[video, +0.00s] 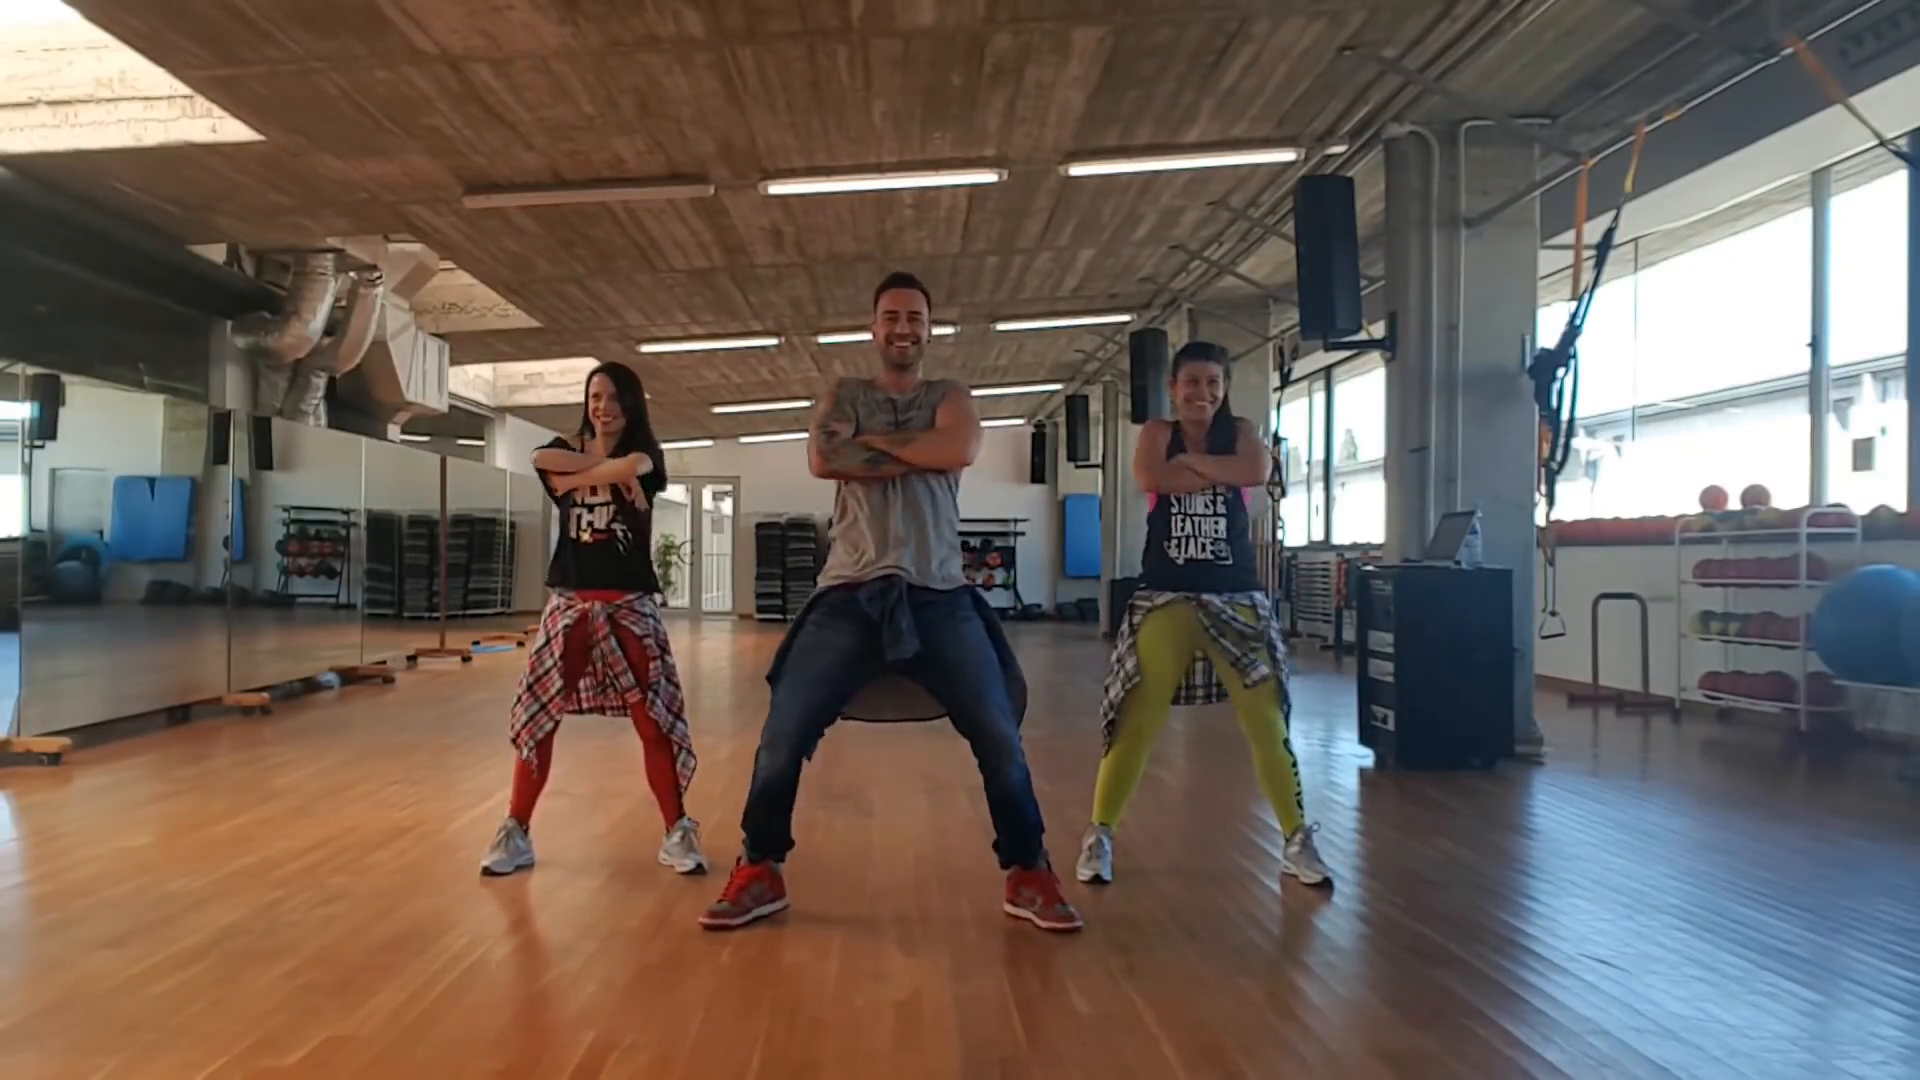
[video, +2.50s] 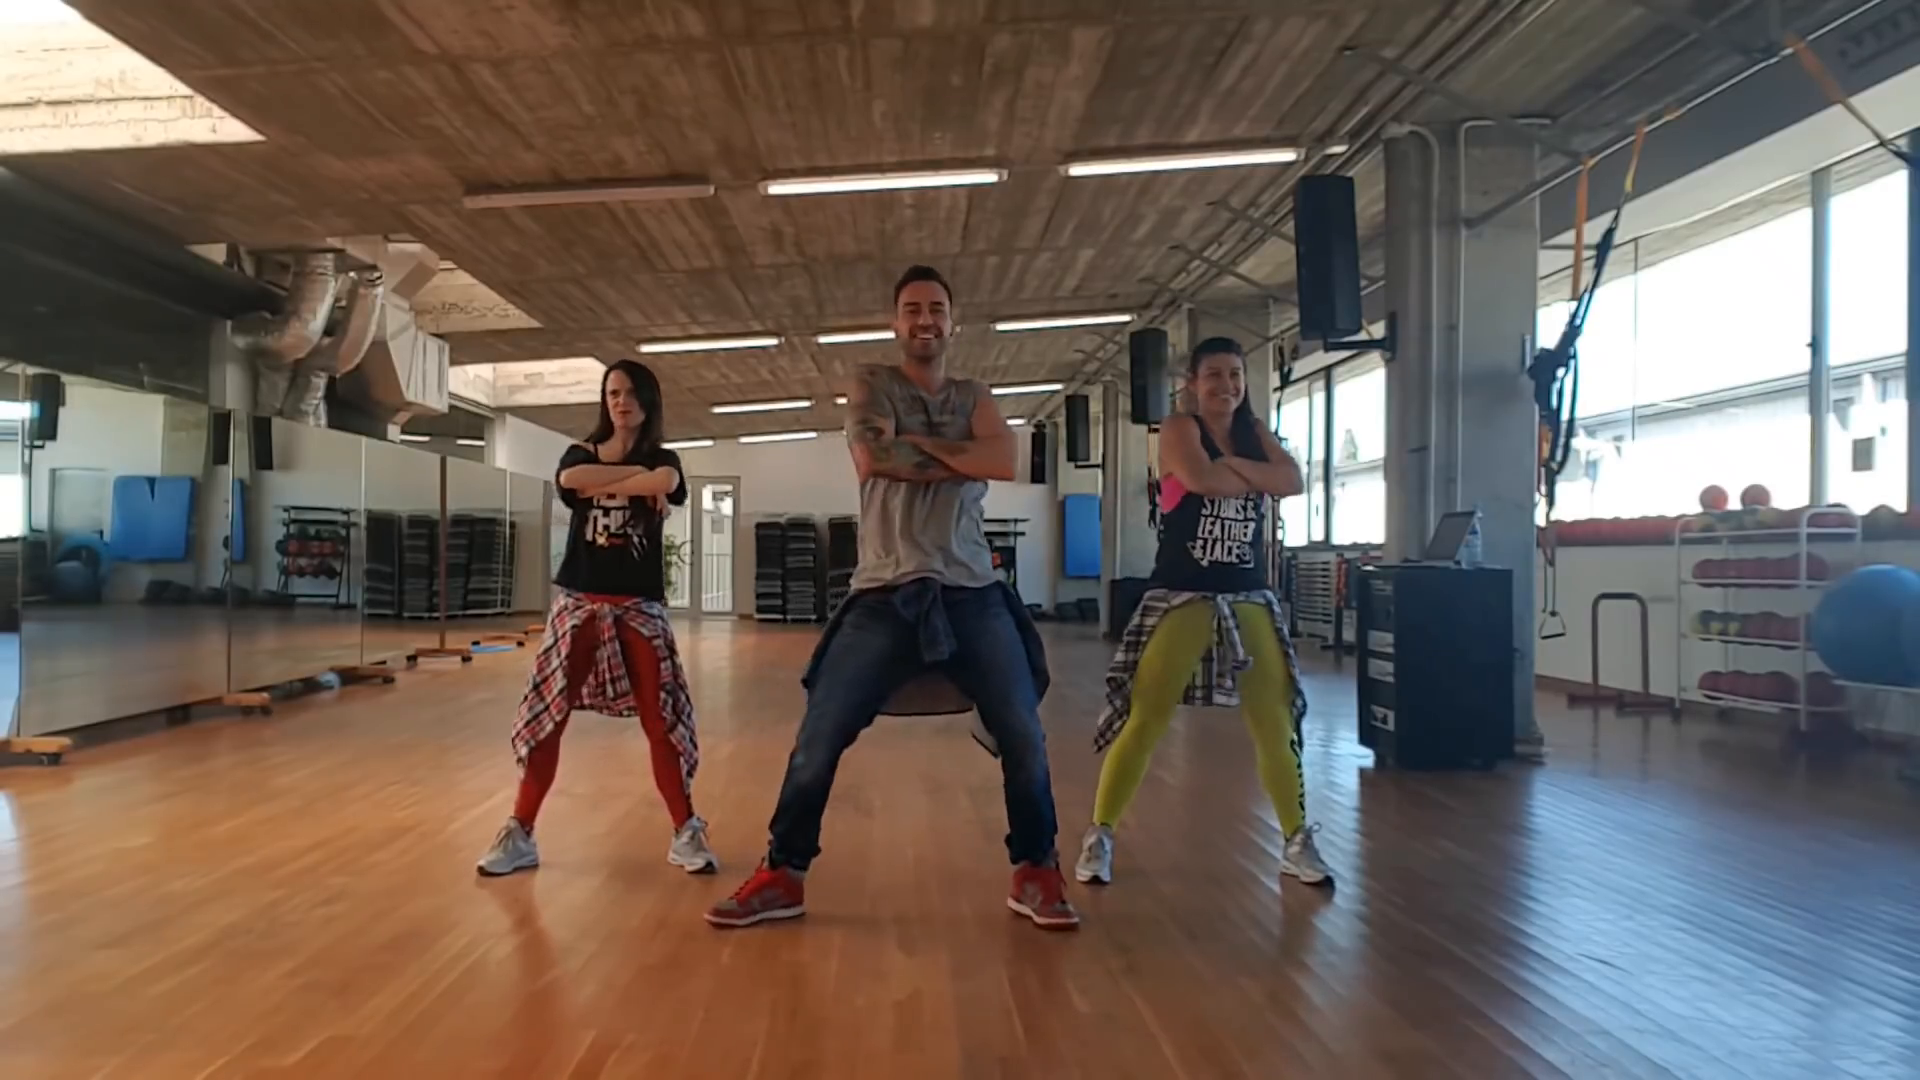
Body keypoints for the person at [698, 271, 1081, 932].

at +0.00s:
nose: (902, 327)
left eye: (914, 317)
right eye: (891, 316)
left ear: (930, 329)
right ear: (873, 327)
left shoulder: (948, 395)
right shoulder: (843, 394)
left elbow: (960, 450)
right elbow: (820, 461)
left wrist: (864, 439)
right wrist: (916, 456)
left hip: (938, 593)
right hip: (848, 590)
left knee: (997, 731)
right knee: (782, 729)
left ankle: (1028, 874)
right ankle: (760, 871)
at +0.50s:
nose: (908, 326)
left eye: (919, 315)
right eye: (897, 316)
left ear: (937, 324)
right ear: (881, 326)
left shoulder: (961, 397)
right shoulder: (858, 390)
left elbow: (983, 456)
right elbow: (848, 458)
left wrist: (892, 443)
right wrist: (943, 459)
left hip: (958, 590)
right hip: (868, 589)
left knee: (1012, 729)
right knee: (802, 727)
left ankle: (1035, 873)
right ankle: (771, 873)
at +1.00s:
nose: (881, 370)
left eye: (893, 357)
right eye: (871, 358)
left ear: (913, 343)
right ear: (856, 346)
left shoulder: (941, 392)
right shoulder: (835, 401)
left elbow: (933, 448)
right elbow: (804, 470)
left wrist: (842, 444)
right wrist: (900, 458)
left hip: (927, 591)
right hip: (838, 590)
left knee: (987, 728)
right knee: (777, 728)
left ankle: (1020, 875)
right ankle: (759, 869)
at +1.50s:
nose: (918, 330)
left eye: (930, 319)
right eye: (908, 319)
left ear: (948, 328)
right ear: (890, 327)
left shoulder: (970, 400)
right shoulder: (870, 392)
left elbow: (998, 459)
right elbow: (867, 458)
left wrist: (904, 439)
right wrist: (960, 459)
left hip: (963, 594)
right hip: (872, 593)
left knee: (1020, 734)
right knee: (809, 733)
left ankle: (1034, 873)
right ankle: (777, 874)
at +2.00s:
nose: (880, 319)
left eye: (892, 309)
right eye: (869, 309)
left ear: (910, 324)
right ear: (850, 323)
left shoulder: (932, 388)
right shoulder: (827, 397)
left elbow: (926, 454)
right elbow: (796, 473)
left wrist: (838, 446)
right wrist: (889, 463)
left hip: (921, 595)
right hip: (832, 593)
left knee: (985, 730)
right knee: (766, 731)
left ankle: (1013, 876)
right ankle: (755, 869)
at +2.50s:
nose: (924, 319)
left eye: (935, 310)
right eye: (913, 310)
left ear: (951, 323)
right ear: (894, 322)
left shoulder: (975, 398)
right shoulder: (871, 385)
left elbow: (1004, 463)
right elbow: (870, 462)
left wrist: (910, 443)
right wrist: (966, 466)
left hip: (970, 591)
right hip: (882, 592)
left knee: (1021, 728)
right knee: (822, 727)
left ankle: (1036, 873)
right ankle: (784, 875)